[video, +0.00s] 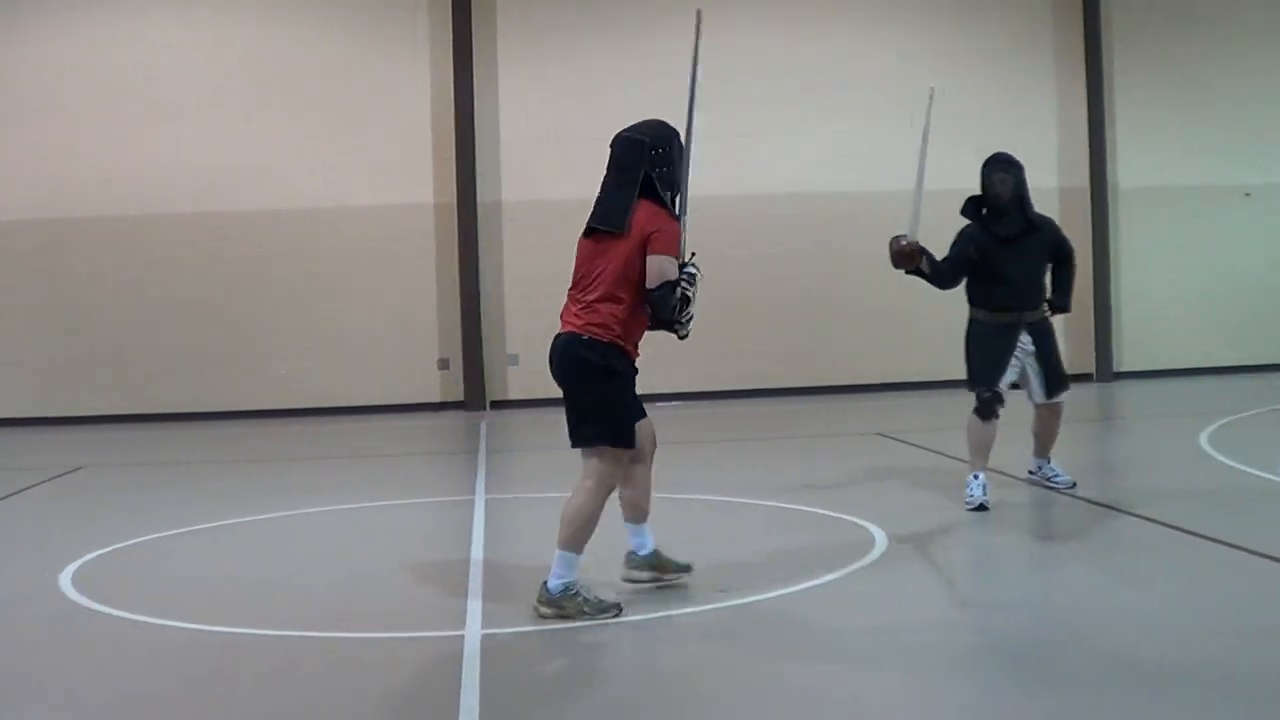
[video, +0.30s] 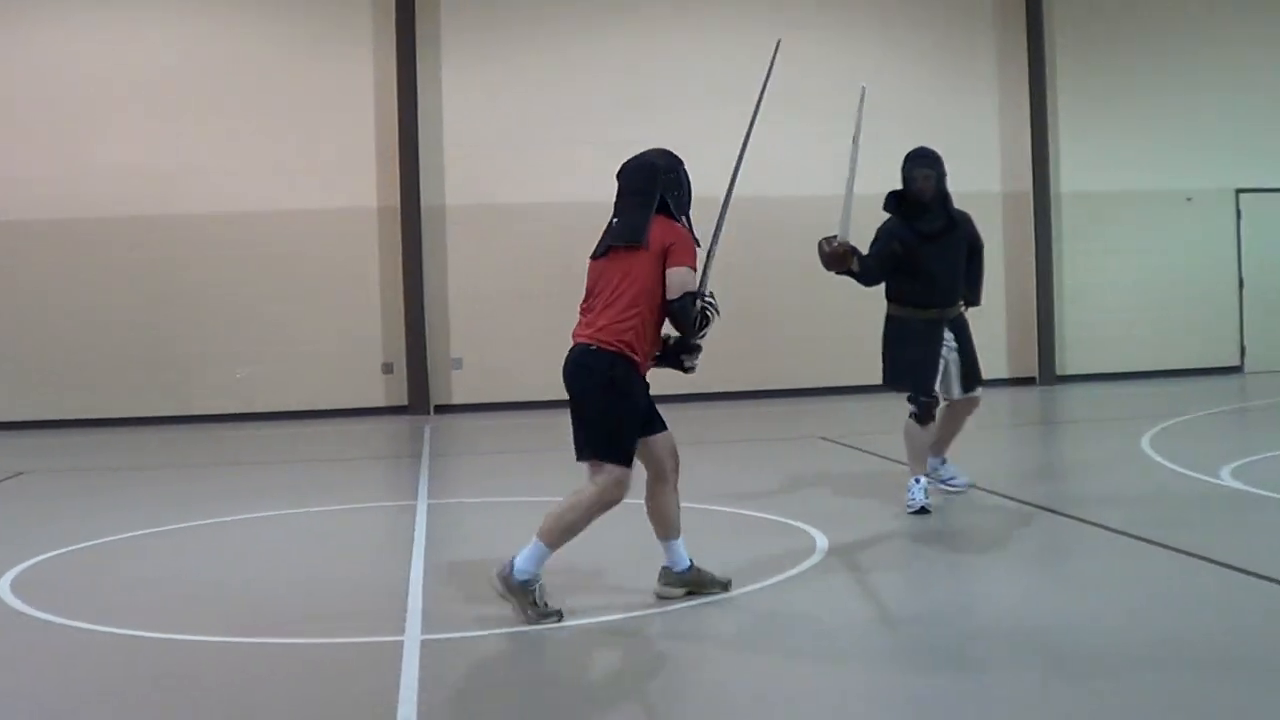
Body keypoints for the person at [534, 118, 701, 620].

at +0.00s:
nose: (680, 170)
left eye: (677, 159)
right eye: (677, 161)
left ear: (624, 163)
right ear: (664, 165)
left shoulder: (602, 213)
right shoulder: (658, 219)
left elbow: (600, 284)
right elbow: (661, 302)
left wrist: (663, 286)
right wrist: (679, 307)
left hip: (571, 347)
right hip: (601, 355)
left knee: (641, 442)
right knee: (605, 468)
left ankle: (641, 553)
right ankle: (559, 585)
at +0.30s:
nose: (688, 195)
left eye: (685, 186)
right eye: (684, 186)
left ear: (630, 190)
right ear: (673, 188)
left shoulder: (613, 236)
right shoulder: (674, 233)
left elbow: (607, 323)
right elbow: (682, 313)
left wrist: (666, 352)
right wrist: (696, 319)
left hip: (596, 363)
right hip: (608, 369)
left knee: (663, 462)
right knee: (609, 485)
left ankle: (678, 568)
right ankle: (520, 572)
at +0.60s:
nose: (733, 204)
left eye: (730, 196)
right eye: (730, 197)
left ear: (674, 198)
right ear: (719, 199)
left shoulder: (654, 246)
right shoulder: (722, 245)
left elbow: (656, 326)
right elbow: (729, 308)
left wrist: (714, 355)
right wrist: (744, 332)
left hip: (621, 372)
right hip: (661, 374)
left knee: (680, 472)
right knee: (703, 490)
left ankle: (677, 559)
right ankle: (662, 600)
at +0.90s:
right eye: (773, 232)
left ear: (725, 235)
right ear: (771, 238)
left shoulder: (706, 280)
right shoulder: (788, 280)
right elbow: (823, 326)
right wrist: (820, 290)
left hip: (695, 387)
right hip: (749, 387)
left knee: (733, 461)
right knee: (727, 494)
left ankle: (748, 545)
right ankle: (692, 571)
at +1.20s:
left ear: (817, 209)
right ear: (851, 217)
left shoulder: (799, 228)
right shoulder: (848, 256)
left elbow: (775, 207)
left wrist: (783, 207)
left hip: (783, 350)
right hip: (831, 352)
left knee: (755, 451)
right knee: (835, 436)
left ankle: (766, 526)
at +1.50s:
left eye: (807, 203)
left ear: (815, 205)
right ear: (853, 205)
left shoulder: (804, 231)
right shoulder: (865, 239)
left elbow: (794, 220)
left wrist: (820, 203)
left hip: (832, 340)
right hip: (874, 335)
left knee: (828, 419)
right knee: (859, 427)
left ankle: (866, 474)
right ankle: (906, 485)